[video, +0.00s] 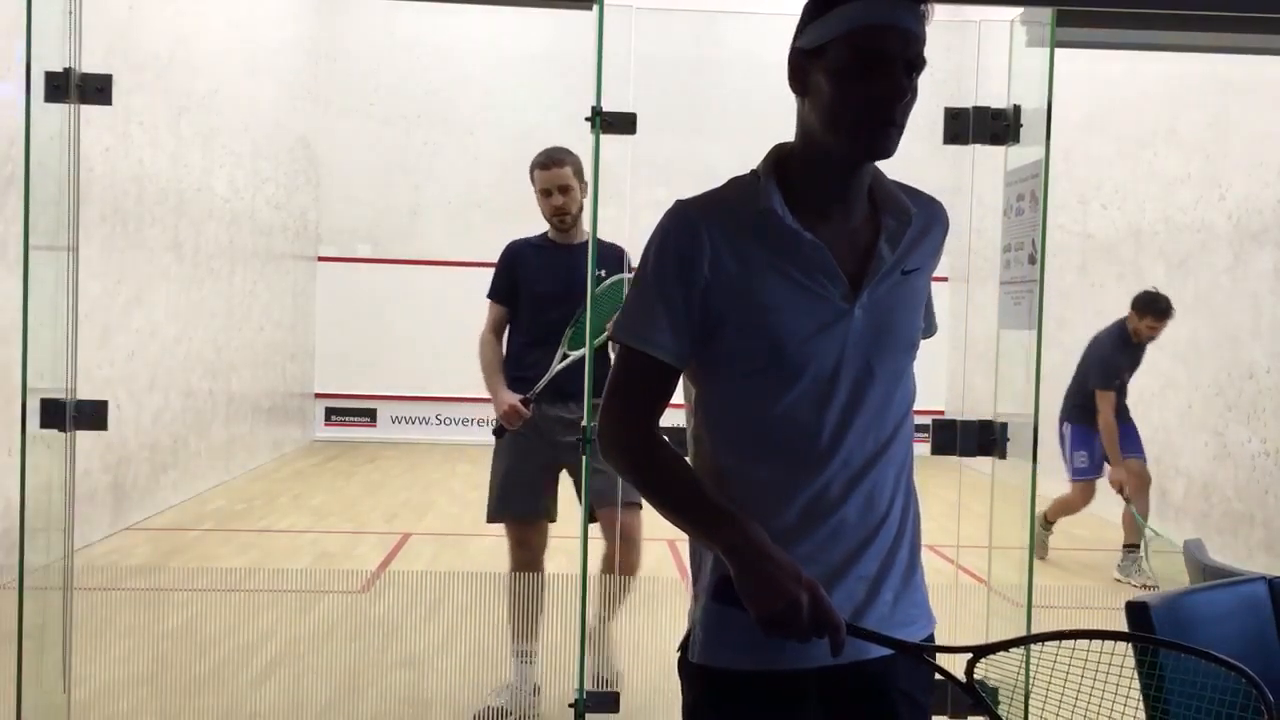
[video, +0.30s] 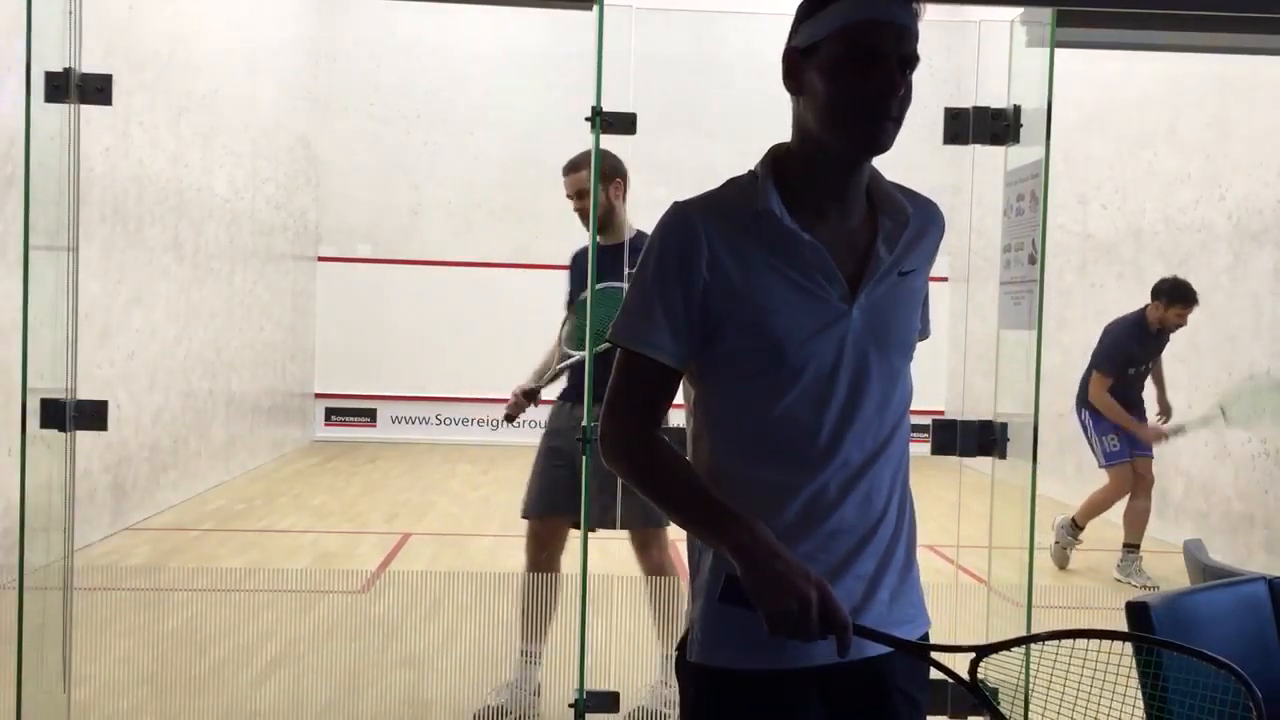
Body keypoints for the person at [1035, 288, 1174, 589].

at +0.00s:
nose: (1156, 334)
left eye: (1160, 328)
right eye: (1151, 327)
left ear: (1164, 322)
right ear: (1133, 317)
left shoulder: (1137, 339)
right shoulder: (1108, 348)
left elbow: (1118, 381)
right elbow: (1105, 415)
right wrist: (1116, 465)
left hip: (1116, 412)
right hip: (1080, 419)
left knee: (1139, 480)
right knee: (1082, 496)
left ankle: (1130, 560)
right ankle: (1045, 520)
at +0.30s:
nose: (1184, 322)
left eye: (1187, 315)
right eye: (1180, 315)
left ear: (1167, 310)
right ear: (1158, 307)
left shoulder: (1163, 329)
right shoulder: (1121, 335)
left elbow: (1153, 358)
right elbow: (1096, 394)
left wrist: (1161, 395)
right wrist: (1137, 428)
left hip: (1131, 404)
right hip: (1097, 404)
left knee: (1144, 482)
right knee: (1122, 482)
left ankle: (1129, 562)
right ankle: (1068, 530)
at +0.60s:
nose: (1153, 291)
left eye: (1160, 284)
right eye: (1147, 283)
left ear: (1167, 281)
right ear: (1133, 276)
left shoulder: (1168, 311)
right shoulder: (1104, 307)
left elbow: (1169, 352)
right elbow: (1063, 348)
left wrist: (1174, 399)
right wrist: (1070, 383)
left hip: (1134, 409)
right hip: (1092, 405)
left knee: (1134, 482)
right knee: (1069, 474)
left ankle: (1128, 561)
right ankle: (1048, 538)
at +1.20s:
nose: (1043, 285)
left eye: (1047, 278)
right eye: (1039, 279)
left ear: (1063, 270)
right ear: (1034, 275)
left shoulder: (1093, 299)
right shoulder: (1031, 303)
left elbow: (1112, 342)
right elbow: (1016, 349)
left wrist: (1114, 389)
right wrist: (1007, 392)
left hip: (1083, 405)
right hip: (1042, 405)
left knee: (1090, 479)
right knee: (1041, 477)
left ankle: (1098, 555)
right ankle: (1039, 551)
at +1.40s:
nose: (1035, 284)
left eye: (1037, 276)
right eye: (1028, 279)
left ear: (1048, 268)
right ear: (1021, 279)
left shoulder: (1080, 296)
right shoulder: (1022, 305)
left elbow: (1106, 335)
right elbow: (1007, 357)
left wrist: (1108, 384)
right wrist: (1000, 409)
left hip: (1074, 402)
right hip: (1036, 403)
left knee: (1070, 474)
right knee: (1039, 476)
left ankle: (1072, 554)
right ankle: (1039, 551)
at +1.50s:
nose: (1025, 281)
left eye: (1028, 274)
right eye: (1019, 278)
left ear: (1038, 270)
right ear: (1015, 280)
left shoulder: (1076, 294)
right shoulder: (1018, 305)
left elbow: (1105, 331)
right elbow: (1004, 351)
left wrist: (1107, 382)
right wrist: (996, 400)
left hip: (1072, 399)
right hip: (1035, 400)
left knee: (1065, 472)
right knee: (1038, 475)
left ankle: (1067, 557)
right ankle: (1038, 550)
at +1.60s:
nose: (1024, 281)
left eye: (1028, 273)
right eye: (1018, 276)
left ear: (1038, 269)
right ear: (1012, 278)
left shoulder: (1075, 294)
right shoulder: (1014, 304)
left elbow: (1106, 332)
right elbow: (1002, 350)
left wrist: (1104, 379)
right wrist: (994, 390)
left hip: (1071, 398)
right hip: (1033, 399)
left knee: (1066, 474)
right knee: (1038, 476)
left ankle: (1068, 555)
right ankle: (1038, 550)